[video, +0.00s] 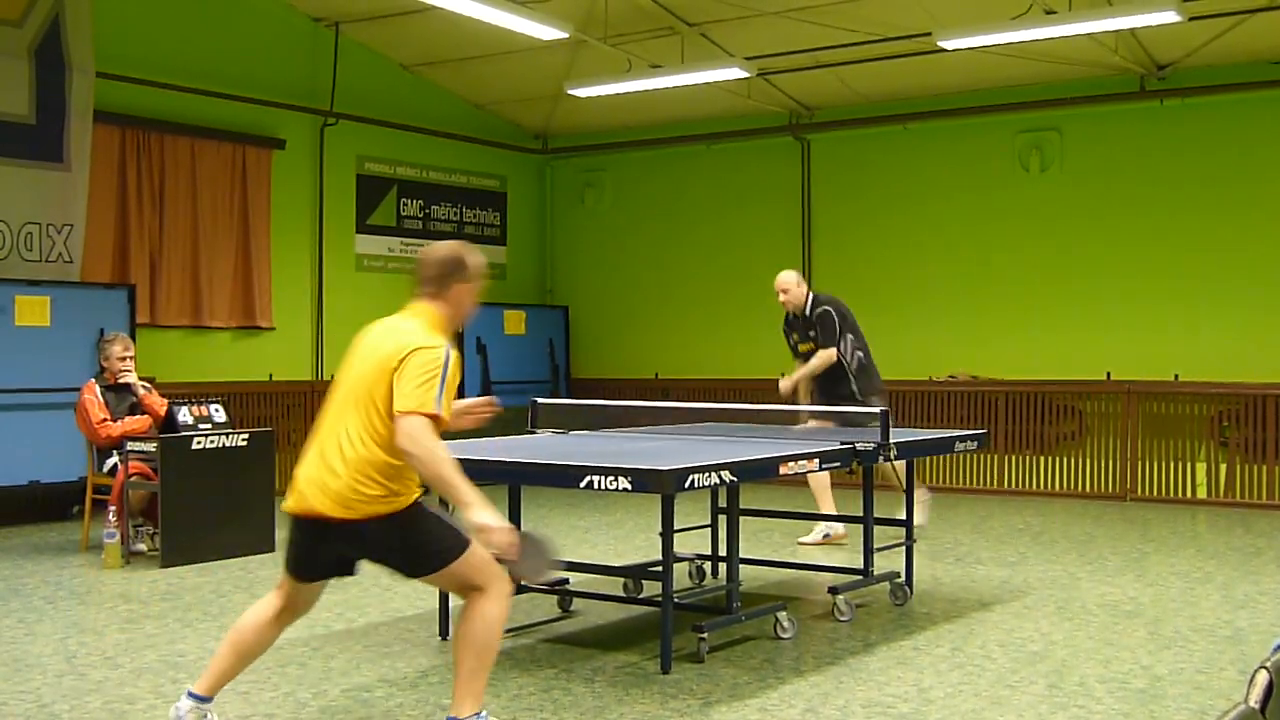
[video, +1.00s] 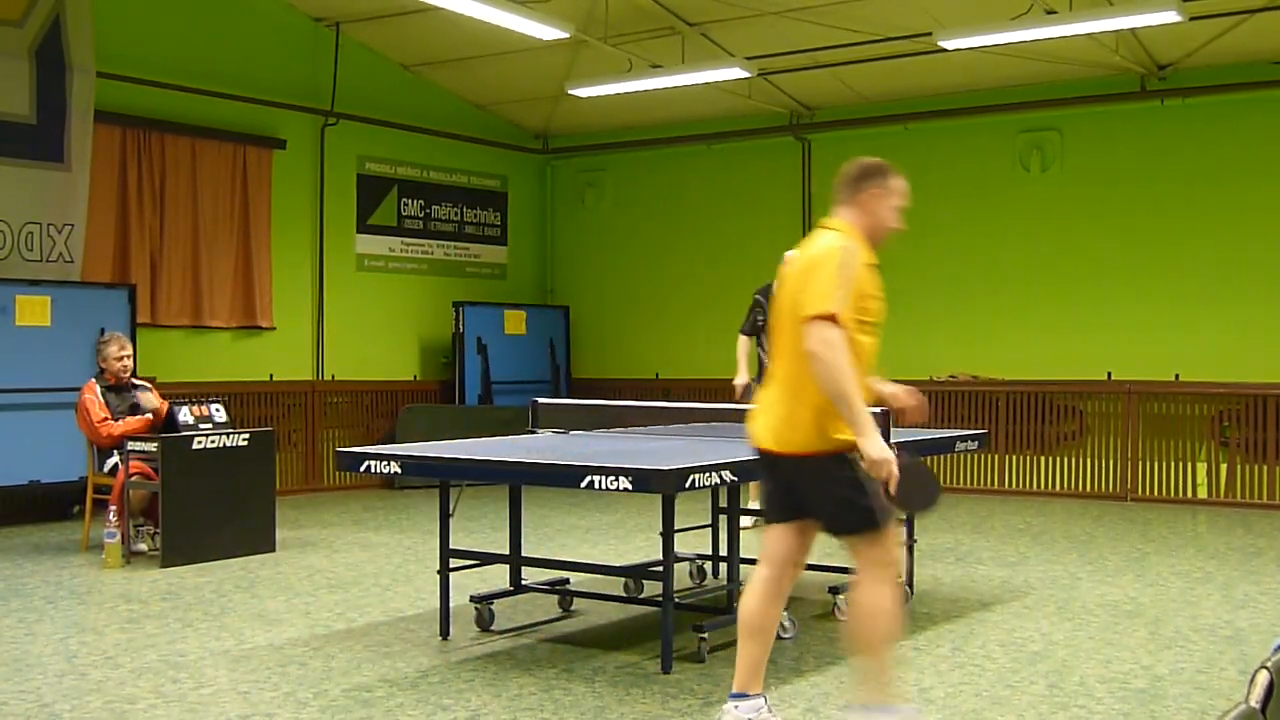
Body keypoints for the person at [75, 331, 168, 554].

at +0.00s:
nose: (128, 364)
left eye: (131, 359)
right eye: (121, 359)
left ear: (135, 360)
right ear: (104, 362)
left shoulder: (142, 388)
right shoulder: (90, 392)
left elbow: (169, 418)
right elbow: (102, 434)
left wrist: (139, 391)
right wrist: (146, 422)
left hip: (150, 453)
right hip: (115, 455)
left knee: (174, 478)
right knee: (140, 481)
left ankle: (154, 526)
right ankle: (134, 525)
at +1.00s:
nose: (126, 364)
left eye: (129, 358)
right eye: (119, 359)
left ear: (134, 359)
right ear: (103, 363)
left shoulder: (144, 387)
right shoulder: (90, 393)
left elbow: (168, 421)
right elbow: (104, 433)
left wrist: (157, 406)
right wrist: (148, 420)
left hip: (151, 451)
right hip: (116, 454)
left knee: (173, 475)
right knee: (141, 480)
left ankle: (156, 526)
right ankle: (135, 524)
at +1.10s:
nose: (126, 364)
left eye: (128, 358)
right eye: (119, 360)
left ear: (133, 359)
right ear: (102, 363)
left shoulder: (145, 388)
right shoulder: (90, 393)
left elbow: (167, 420)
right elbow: (104, 433)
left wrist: (166, 413)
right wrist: (149, 420)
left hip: (153, 452)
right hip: (117, 454)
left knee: (175, 476)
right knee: (141, 481)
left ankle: (155, 526)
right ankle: (135, 524)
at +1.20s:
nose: (125, 364)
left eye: (127, 358)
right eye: (118, 360)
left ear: (132, 359)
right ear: (102, 364)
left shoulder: (145, 388)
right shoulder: (90, 393)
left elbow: (165, 416)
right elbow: (103, 434)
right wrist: (147, 421)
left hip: (152, 452)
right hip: (116, 455)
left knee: (175, 476)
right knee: (140, 481)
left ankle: (153, 526)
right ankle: (135, 525)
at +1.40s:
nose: (124, 365)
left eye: (127, 359)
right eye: (117, 361)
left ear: (132, 360)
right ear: (101, 365)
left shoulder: (145, 388)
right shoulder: (89, 393)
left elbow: (165, 418)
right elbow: (102, 434)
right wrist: (146, 422)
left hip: (152, 452)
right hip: (116, 456)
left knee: (174, 476)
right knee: (139, 482)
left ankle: (155, 527)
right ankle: (135, 524)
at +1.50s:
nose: (124, 365)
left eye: (127, 359)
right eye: (117, 361)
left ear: (132, 359)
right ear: (101, 365)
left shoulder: (146, 388)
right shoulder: (89, 392)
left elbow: (166, 420)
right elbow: (102, 434)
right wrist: (146, 421)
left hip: (153, 452)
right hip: (116, 455)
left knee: (175, 475)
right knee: (140, 481)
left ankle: (153, 526)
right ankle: (135, 524)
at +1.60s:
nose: (124, 367)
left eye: (126, 360)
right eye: (116, 362)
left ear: (131, 360)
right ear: (101, 367)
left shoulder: (146, 388)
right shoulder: (89, 394)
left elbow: (167, 421)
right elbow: (102, 436)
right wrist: (145, 423)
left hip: (152, 453)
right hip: (116, 456)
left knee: (175, 476)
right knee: (140, 482)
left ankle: (152, 527)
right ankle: (134, 526)